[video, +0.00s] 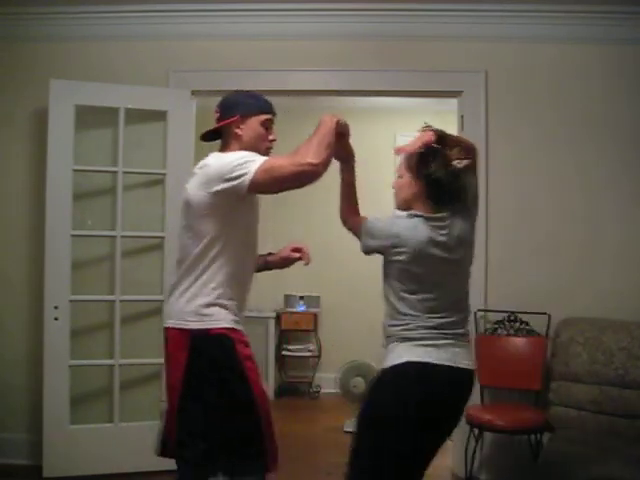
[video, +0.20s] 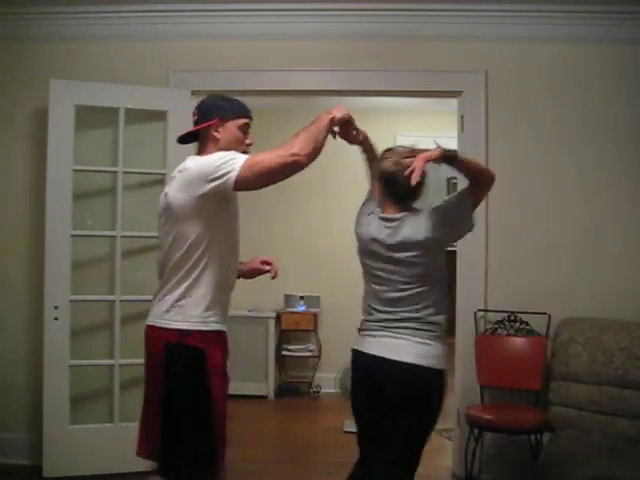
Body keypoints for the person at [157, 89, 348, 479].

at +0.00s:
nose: (273, 134)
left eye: (273, 126)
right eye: (265, 124)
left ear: (237, 130)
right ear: (235, 126)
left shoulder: (224, 176)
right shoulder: (220, 166)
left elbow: (216, 261)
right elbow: (306, 167)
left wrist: (270, 261)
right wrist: (328, 127)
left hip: (203, 328)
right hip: (206, 329)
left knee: (200, 452)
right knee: (250, 454)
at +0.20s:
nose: (248, 140)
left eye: (249, 132)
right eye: (242, 130)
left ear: (211, 133)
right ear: (214, 130)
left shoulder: (190, 177)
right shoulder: (200, 170)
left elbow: (186, 263)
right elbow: (297, 154)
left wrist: (240, 270)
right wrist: (329, 117)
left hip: (183, 333)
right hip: (188, 337)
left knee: (182, 459)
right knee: (193, 461)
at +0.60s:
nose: (253, 149)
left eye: (252, 141)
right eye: (246, 140)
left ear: (219, 145)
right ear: (220, 143)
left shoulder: (208, 187)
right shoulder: (200, 181)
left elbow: (185, 270)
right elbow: (288, 183)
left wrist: (234, 285)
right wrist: (335, 147)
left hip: (210, 345)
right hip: (179, 345)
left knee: (222, 458)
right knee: (162, 461)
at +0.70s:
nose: (268, 147)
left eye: (267, 138)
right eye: (262, 137)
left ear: (235, 140)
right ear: (236, 138)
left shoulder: (214, 181)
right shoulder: (215, 179)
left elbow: (201, 267)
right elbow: (268, 211)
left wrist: (248, 285)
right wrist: (328, 178)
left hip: (211, 337)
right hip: (197, 340)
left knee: (217, 455)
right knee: (200, 457)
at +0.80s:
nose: (285, 142)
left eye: (284, 133)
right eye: (279, 132)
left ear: (251, 135)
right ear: (255, 133)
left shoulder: (223, 175)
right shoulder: (235, 174)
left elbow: (212, 259)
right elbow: (263, 234)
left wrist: (259, 281)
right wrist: (342, 229)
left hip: (208, 328)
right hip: (214, 332)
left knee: (208, 452)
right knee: (236, 456)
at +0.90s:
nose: (302, 142)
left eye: (302, 133)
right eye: (298, 131)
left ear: (264, 134)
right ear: (274, 131)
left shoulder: (235, 177)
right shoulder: (257, 178)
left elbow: (230, 256)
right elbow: (291, 254)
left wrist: (276, 278)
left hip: (213, 322)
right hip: (231, 328)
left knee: (208, 449)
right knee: (274, 453)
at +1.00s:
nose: (323, 148)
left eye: (322, 138)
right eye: (319, 136)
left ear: (285, 138)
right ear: (298, 136)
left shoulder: (245, 182)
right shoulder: (284, 186)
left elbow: (235, 258)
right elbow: (336, 267)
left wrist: (290, 282)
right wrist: (412, 308)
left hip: (222, 327)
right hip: (251, 333)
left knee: (213, 454)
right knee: (293, 459)